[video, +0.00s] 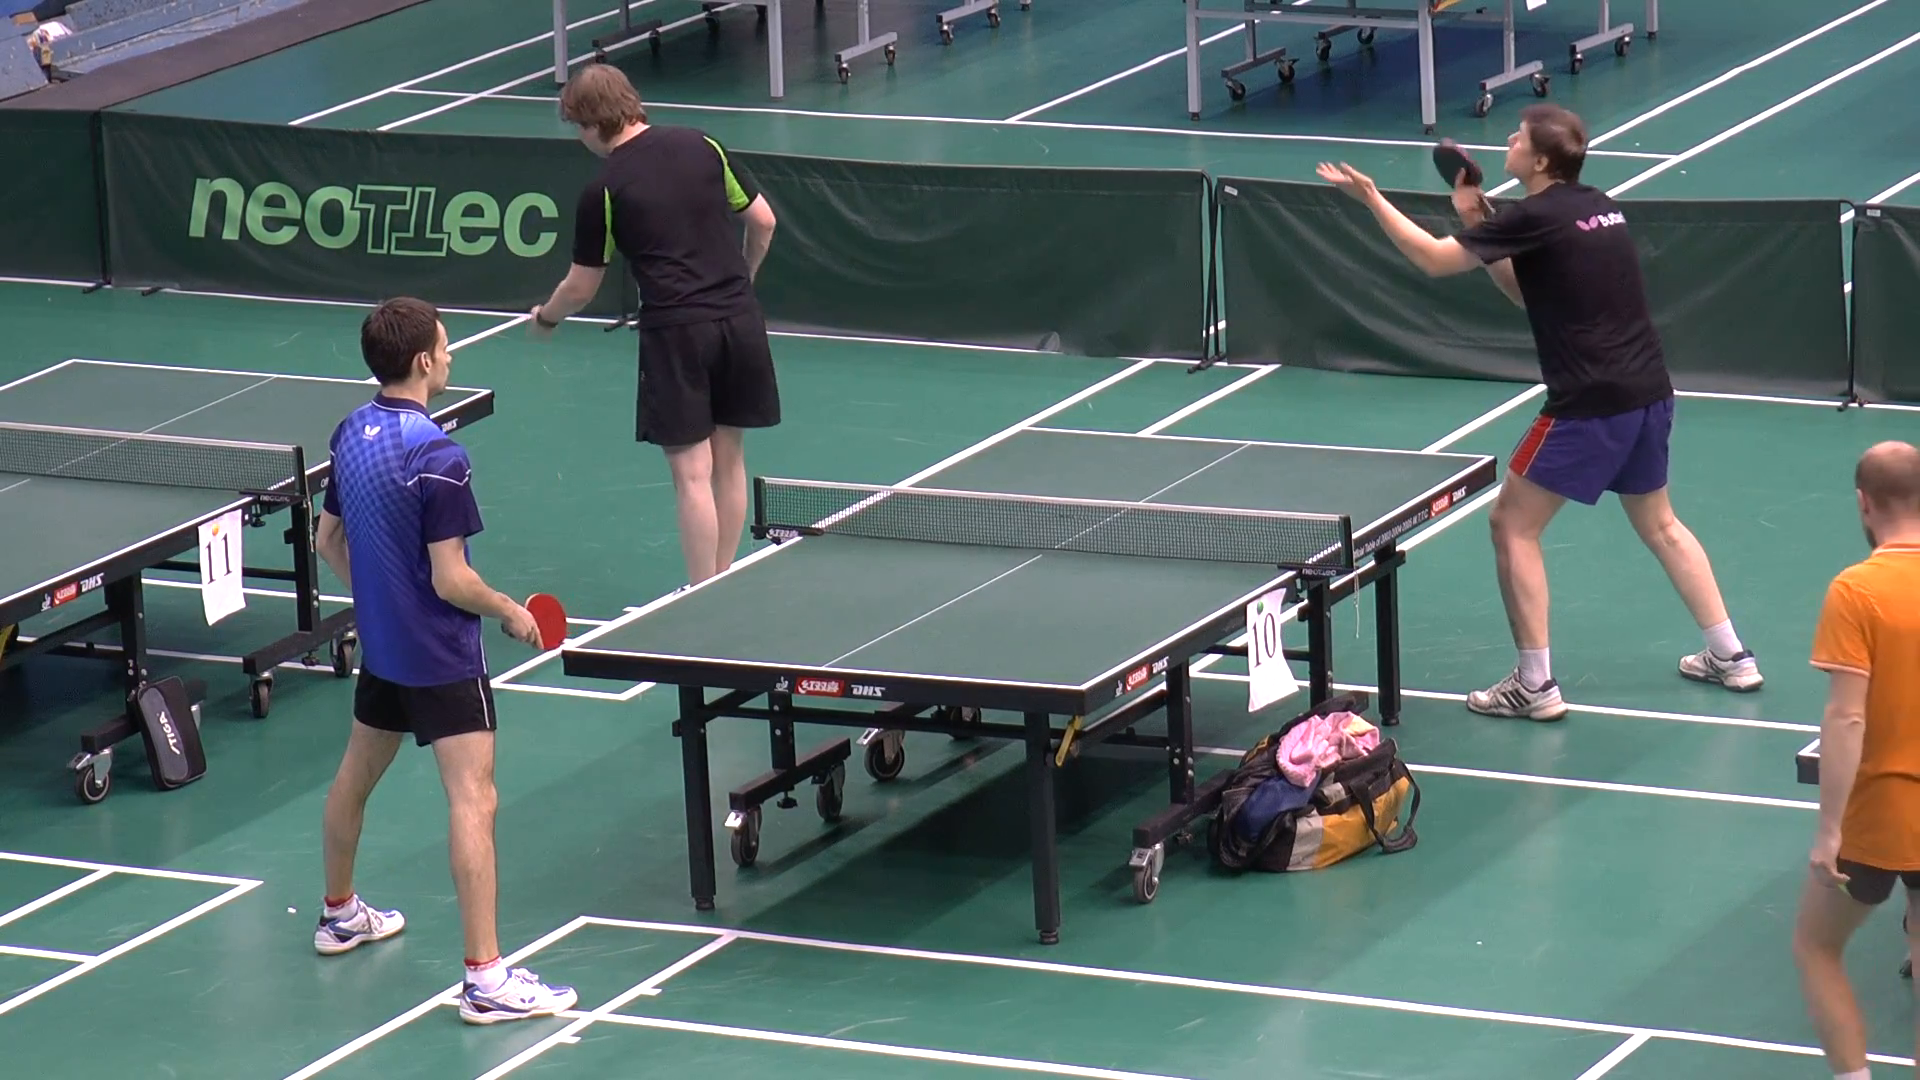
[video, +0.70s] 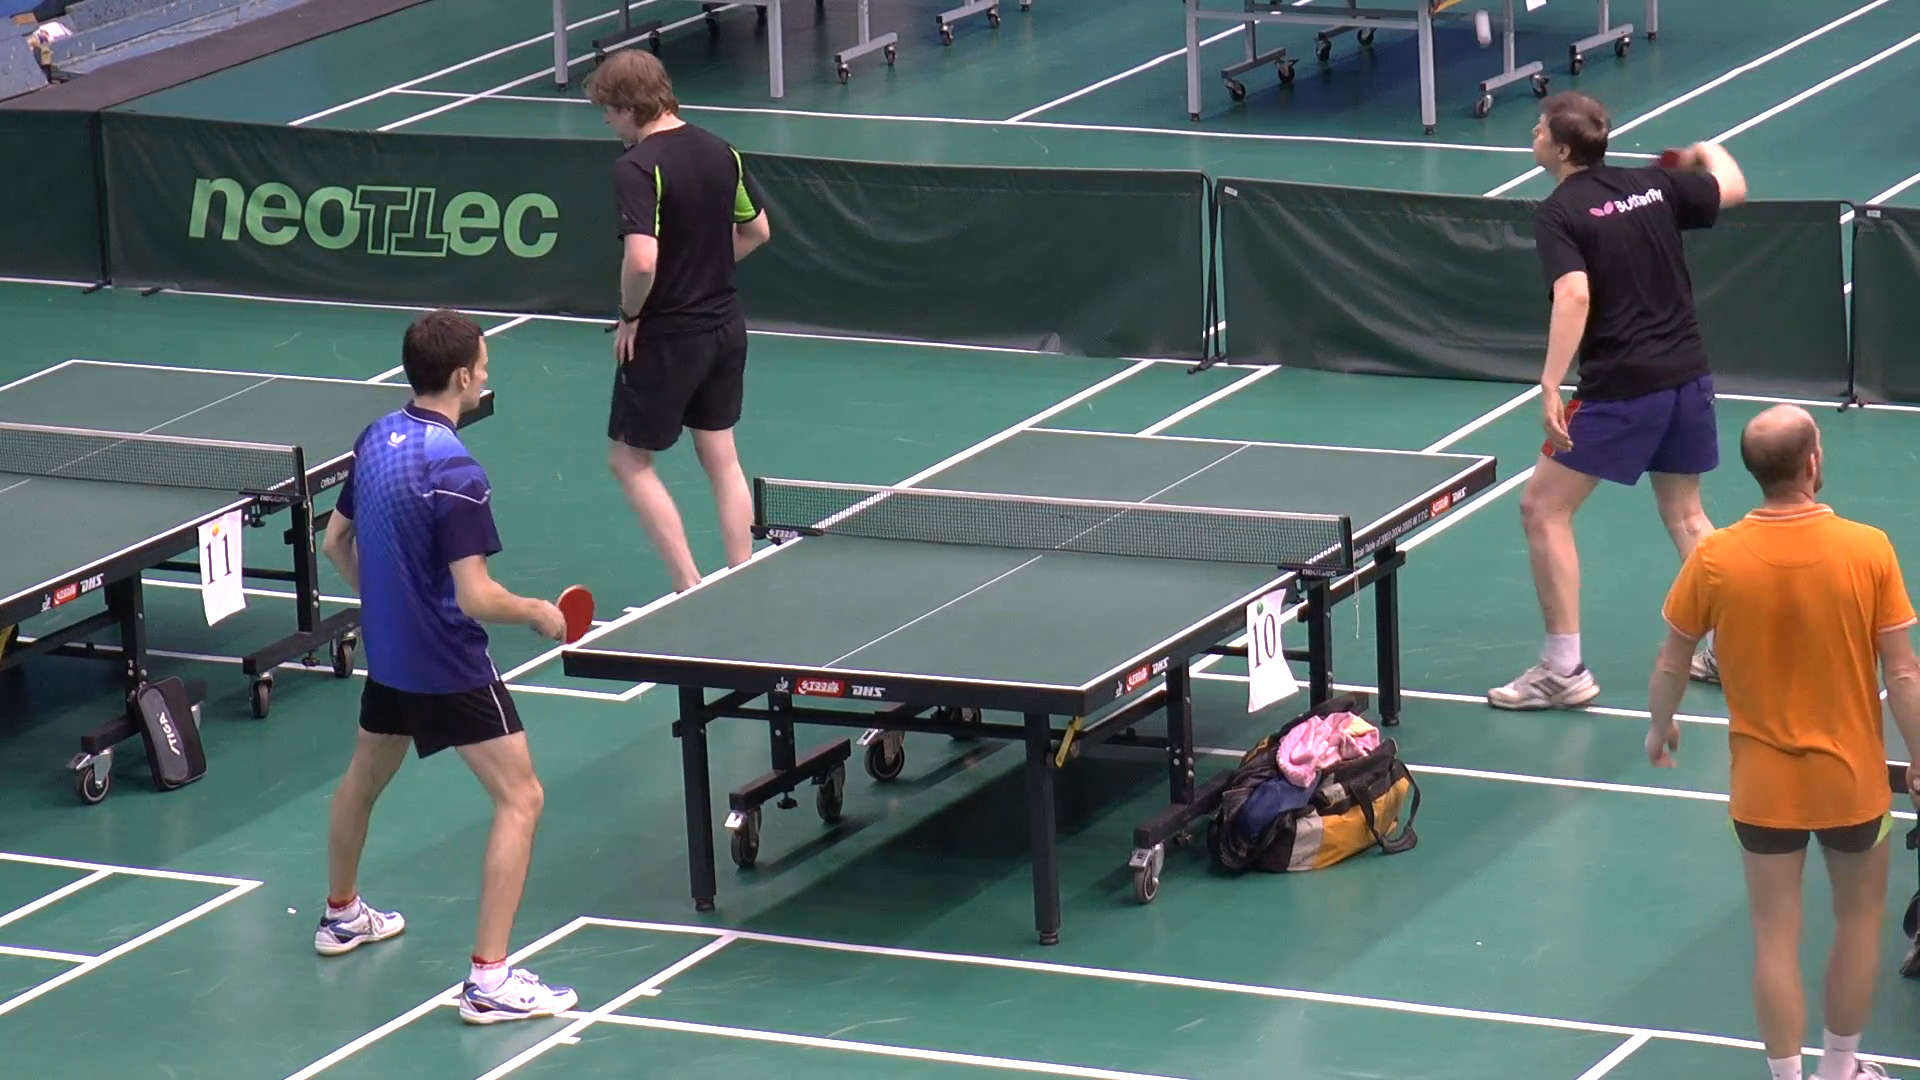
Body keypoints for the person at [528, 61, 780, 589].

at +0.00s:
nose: (581, 138)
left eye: (579, 127)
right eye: (576, 129)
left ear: (595, 121)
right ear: (633, 104)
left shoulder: (606, 186)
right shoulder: (700, 146)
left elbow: (580, 286)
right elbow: (763, 219)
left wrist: (547, 315)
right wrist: (741, 276)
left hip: (677, 333)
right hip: (740, 322)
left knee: (693, 478)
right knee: (729, 464)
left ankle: (704, 603)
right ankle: (722, 589)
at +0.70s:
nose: (608, 123)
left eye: (608, 111)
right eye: (605, 112)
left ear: (627, 107)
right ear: (663, 94)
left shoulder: (637, 165)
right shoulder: (717, 148)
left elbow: (642, 261)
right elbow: (756, 230)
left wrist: (628, 317)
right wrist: (706, 263)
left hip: (669, 340)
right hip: (725, 330)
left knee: (629, 460)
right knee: (722, 458)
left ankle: (690, 586)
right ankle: (745, 582)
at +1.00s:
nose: (587, 127)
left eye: (587, 116)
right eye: (584, 117)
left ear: (606, 111)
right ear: (641, 99)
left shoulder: (625, 167)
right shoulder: (700, 154)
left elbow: (613, 271)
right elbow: (721, 241)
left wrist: (587, 332)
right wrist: (654, 260)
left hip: (643, 336)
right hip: (705, 332)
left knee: (574, 446)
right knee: (707, 457)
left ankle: (575, 597)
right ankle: (742, 584)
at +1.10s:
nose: (562, 136)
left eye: (564, 124)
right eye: (560, 124)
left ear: (588, 118)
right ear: (616, 109)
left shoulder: (607, 175)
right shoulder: (681, 159)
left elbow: (583, 277)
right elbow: (704, 246)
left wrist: (546, 334)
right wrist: (642, 267)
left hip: (629, 344)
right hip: (690, 339)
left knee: (565, 459)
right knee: (687, 460)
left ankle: (542, 596)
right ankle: (735, 580)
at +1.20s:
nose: (534, 150)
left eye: (535, 139)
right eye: (531, 140)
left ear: (562, 132)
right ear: (589, 122)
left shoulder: (576, 192)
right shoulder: (654, 167)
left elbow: (544, 293)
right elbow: (682, 252)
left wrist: (503, 337)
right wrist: (598, 284)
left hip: (608, 354)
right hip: (672, 348)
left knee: (552, 469)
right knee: (669, 467)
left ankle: (527, 596)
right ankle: (731, 577)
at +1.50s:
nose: (448, 188)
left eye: (446, 176)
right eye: (442, 179)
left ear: (471, 162)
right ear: (493, 146)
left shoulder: (498, 215)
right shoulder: (573, 164)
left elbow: (489, 325)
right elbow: (632, 235)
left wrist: (451, 389)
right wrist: (565, 294)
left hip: (580, 339)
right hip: (645, 327)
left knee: (532, 463)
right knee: (648, 457)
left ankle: (532, 603)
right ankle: (712, 578)